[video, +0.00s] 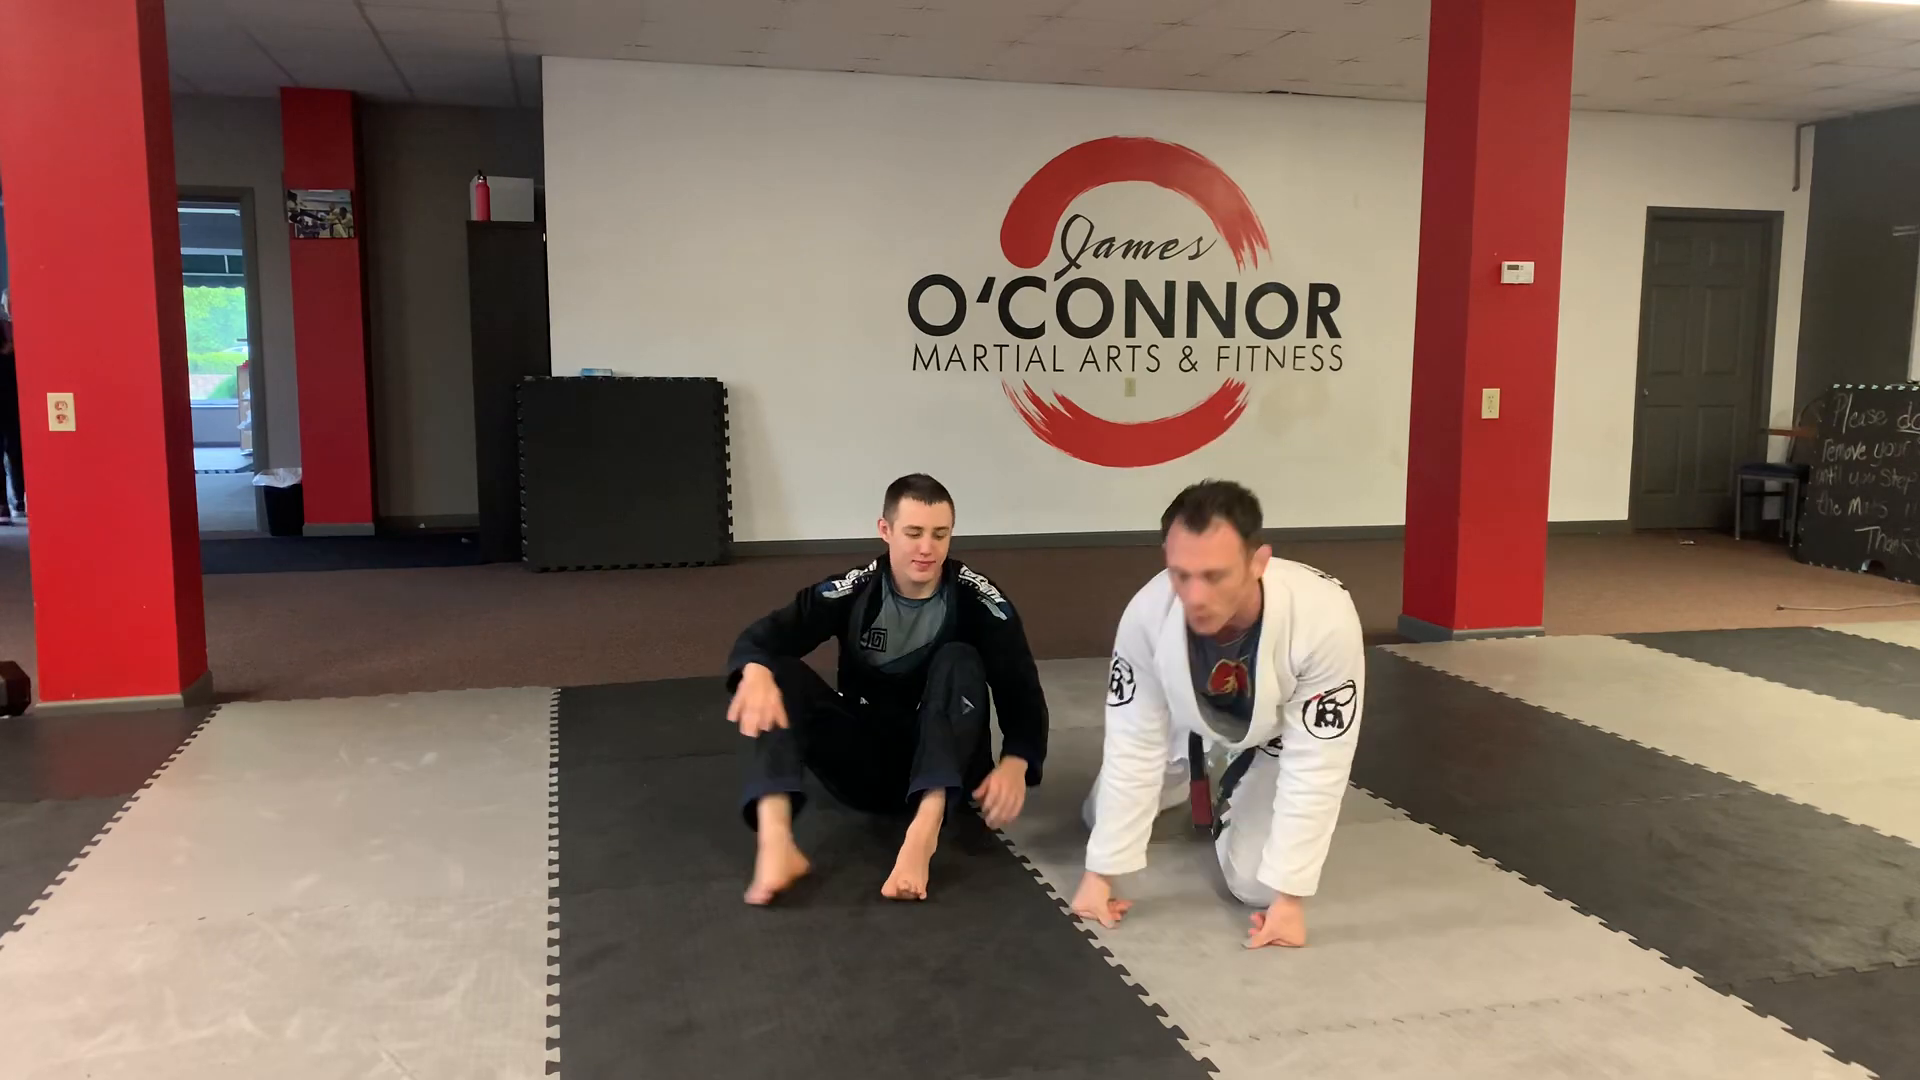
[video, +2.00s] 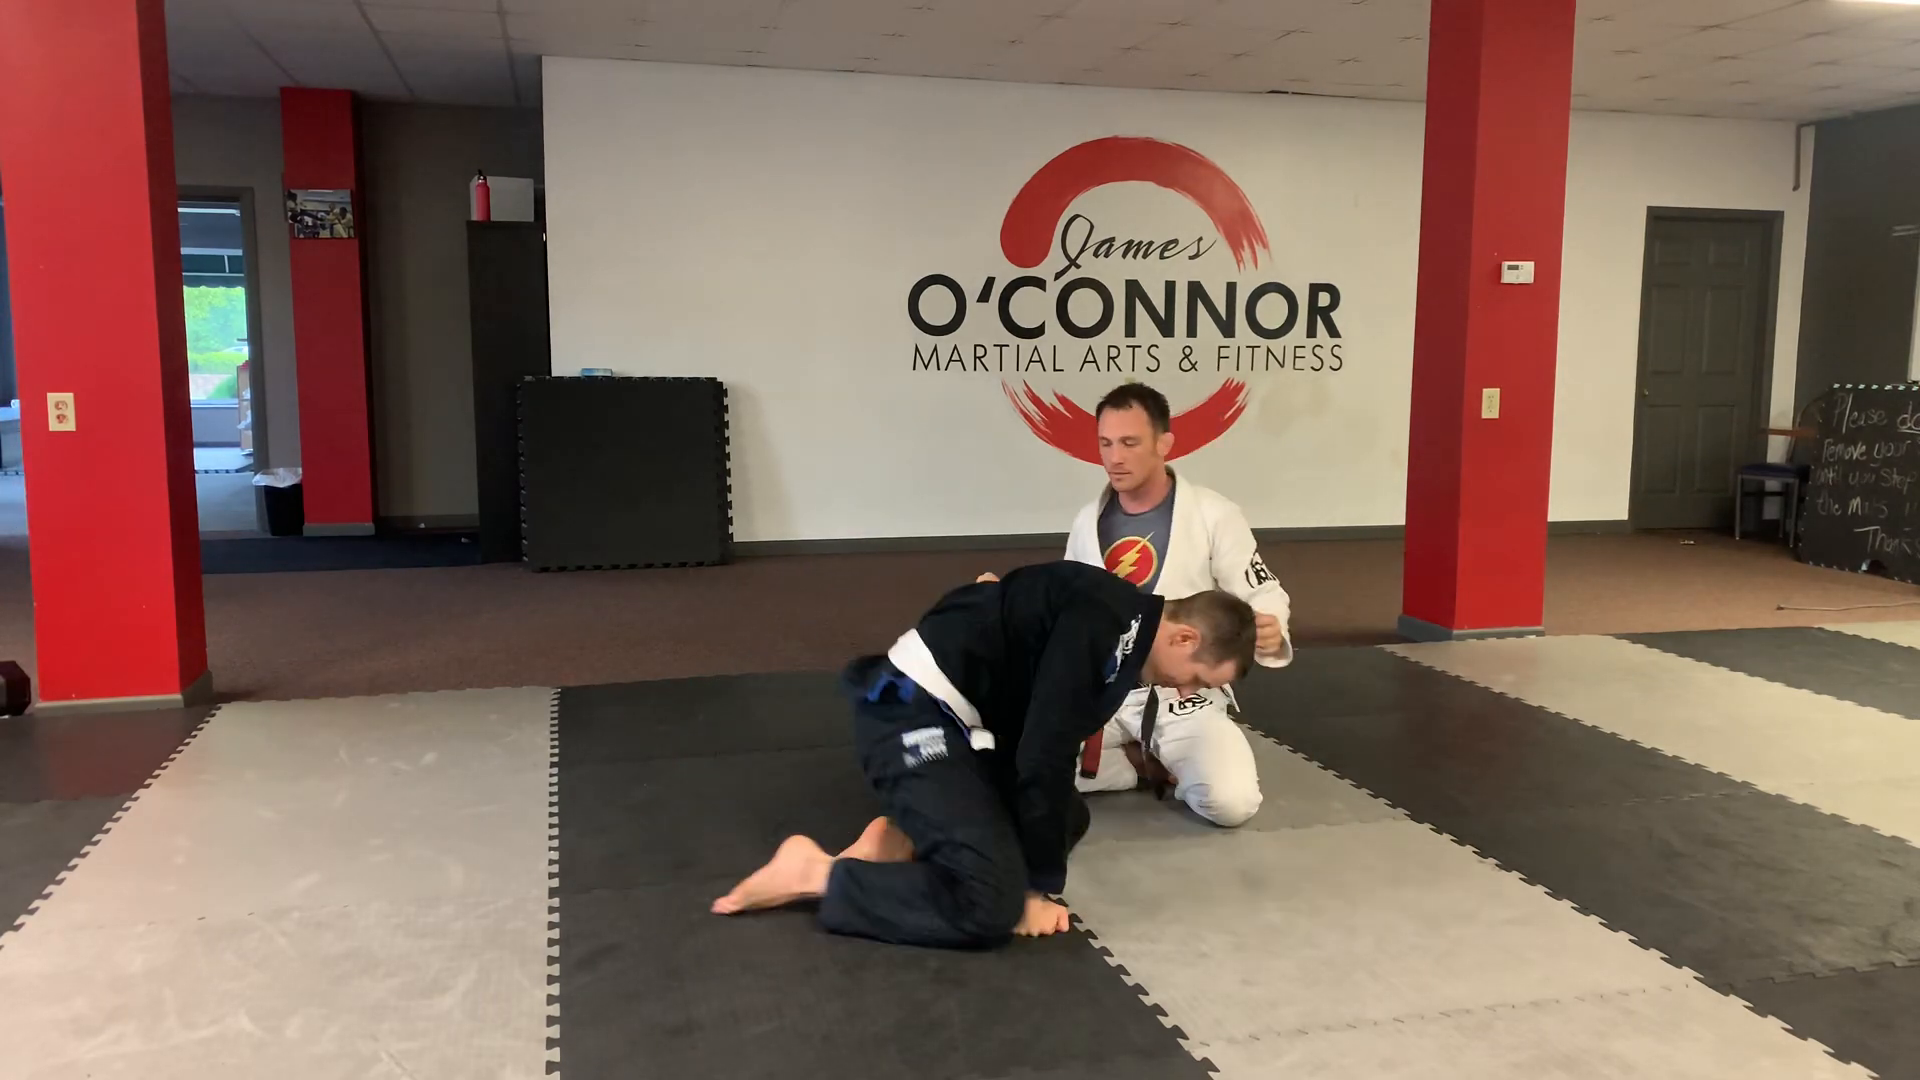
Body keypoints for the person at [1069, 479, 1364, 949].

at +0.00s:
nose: (1194, 597)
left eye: (1214, 576)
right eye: (1181, 576)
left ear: (1258, 565)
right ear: (1167, 564)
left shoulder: (1323, 619)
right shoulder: (1148, 616)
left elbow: (1318, 763)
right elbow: (1132, 746)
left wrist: (1290, 897)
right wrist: (1098, 873)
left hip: (1277, 742)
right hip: (1188, 729)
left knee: (1253, 884)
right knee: (1103, 815)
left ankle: (1243, 791)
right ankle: (1201, 760)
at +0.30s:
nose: (1139, 653)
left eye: (1158, 642)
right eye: (1130, 633)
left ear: (1212, 620)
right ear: (1124, 596)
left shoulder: (1277, 626)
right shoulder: (1100, 618)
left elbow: (1294, 764)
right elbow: (1096, 747)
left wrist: (1288, 898)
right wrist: (1092, 873)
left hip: (1244, 726)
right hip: (1152, 723)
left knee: (1249, 878)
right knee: (1136, 817)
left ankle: (1215, 798)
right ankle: (1182, 758)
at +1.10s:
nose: (1166, 578)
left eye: (1184, 564)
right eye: (1158, 559)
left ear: (1225, 553)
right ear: (1150, 544)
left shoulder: (1269, 591)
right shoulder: (1122, 588)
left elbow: (1297, 707)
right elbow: (1099, 694)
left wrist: (1284, 824)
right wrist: (1111, 807)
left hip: (1240, 701)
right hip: (1153, 698)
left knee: (1249, 813)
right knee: (1118, 806)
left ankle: (1189, 761)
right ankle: (1158, 737)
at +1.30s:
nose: (1167, 529)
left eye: (1186, 515)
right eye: (1160, 510)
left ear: (1226, 516)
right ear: (1153, 502)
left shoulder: (1268, 568)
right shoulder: (1120, 563)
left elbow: (1305, 668)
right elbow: (1082, 642)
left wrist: (1314, 767)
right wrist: (1102, 723)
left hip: (1225, 700)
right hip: (1138, 694)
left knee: (1249, 810)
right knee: (1110, 805)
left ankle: (1187, 763)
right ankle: (1170, 762)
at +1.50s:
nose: (1164, 483)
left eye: (1181, 470)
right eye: (1157, 467)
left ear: (1217, 476)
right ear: (1148, 466)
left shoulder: (1260, 542)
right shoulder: (1118, 534)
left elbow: (1299, 636)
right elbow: (1081, 602)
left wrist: (1320, 720)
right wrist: (1072, 655)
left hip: (1214, 698)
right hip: (1125, 688)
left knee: (1248, 805)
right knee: (1107, 798)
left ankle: (1179, 760)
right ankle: (1169, 760)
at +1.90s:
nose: (1128, 459)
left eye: (1143, 444)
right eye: (1119, 446)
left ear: (1178, 445)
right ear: (1110, 447)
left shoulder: (1226, 518)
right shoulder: (1099, 522)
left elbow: (1272, 597)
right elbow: (1078, 601)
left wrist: (1283, 643)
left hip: (1191, 693)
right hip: (1108, 691)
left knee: (1240, 802)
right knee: (1036, 768)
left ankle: (1176, 763)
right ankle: (1152, 763)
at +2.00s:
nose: (1115, 458)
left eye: (1129, 444)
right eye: (1106, 444)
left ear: (1164, 444)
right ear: (1097, 446)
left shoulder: (1214, 516)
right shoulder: (1087, 522)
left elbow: (1263, 593)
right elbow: (1072, 605)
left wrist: (1270, 632)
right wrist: (1008, 599)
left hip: (1185, 696)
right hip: (1103, 693)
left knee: (1233, 802)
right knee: (1041, 766)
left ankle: (1172, 761)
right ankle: (1146, 764)